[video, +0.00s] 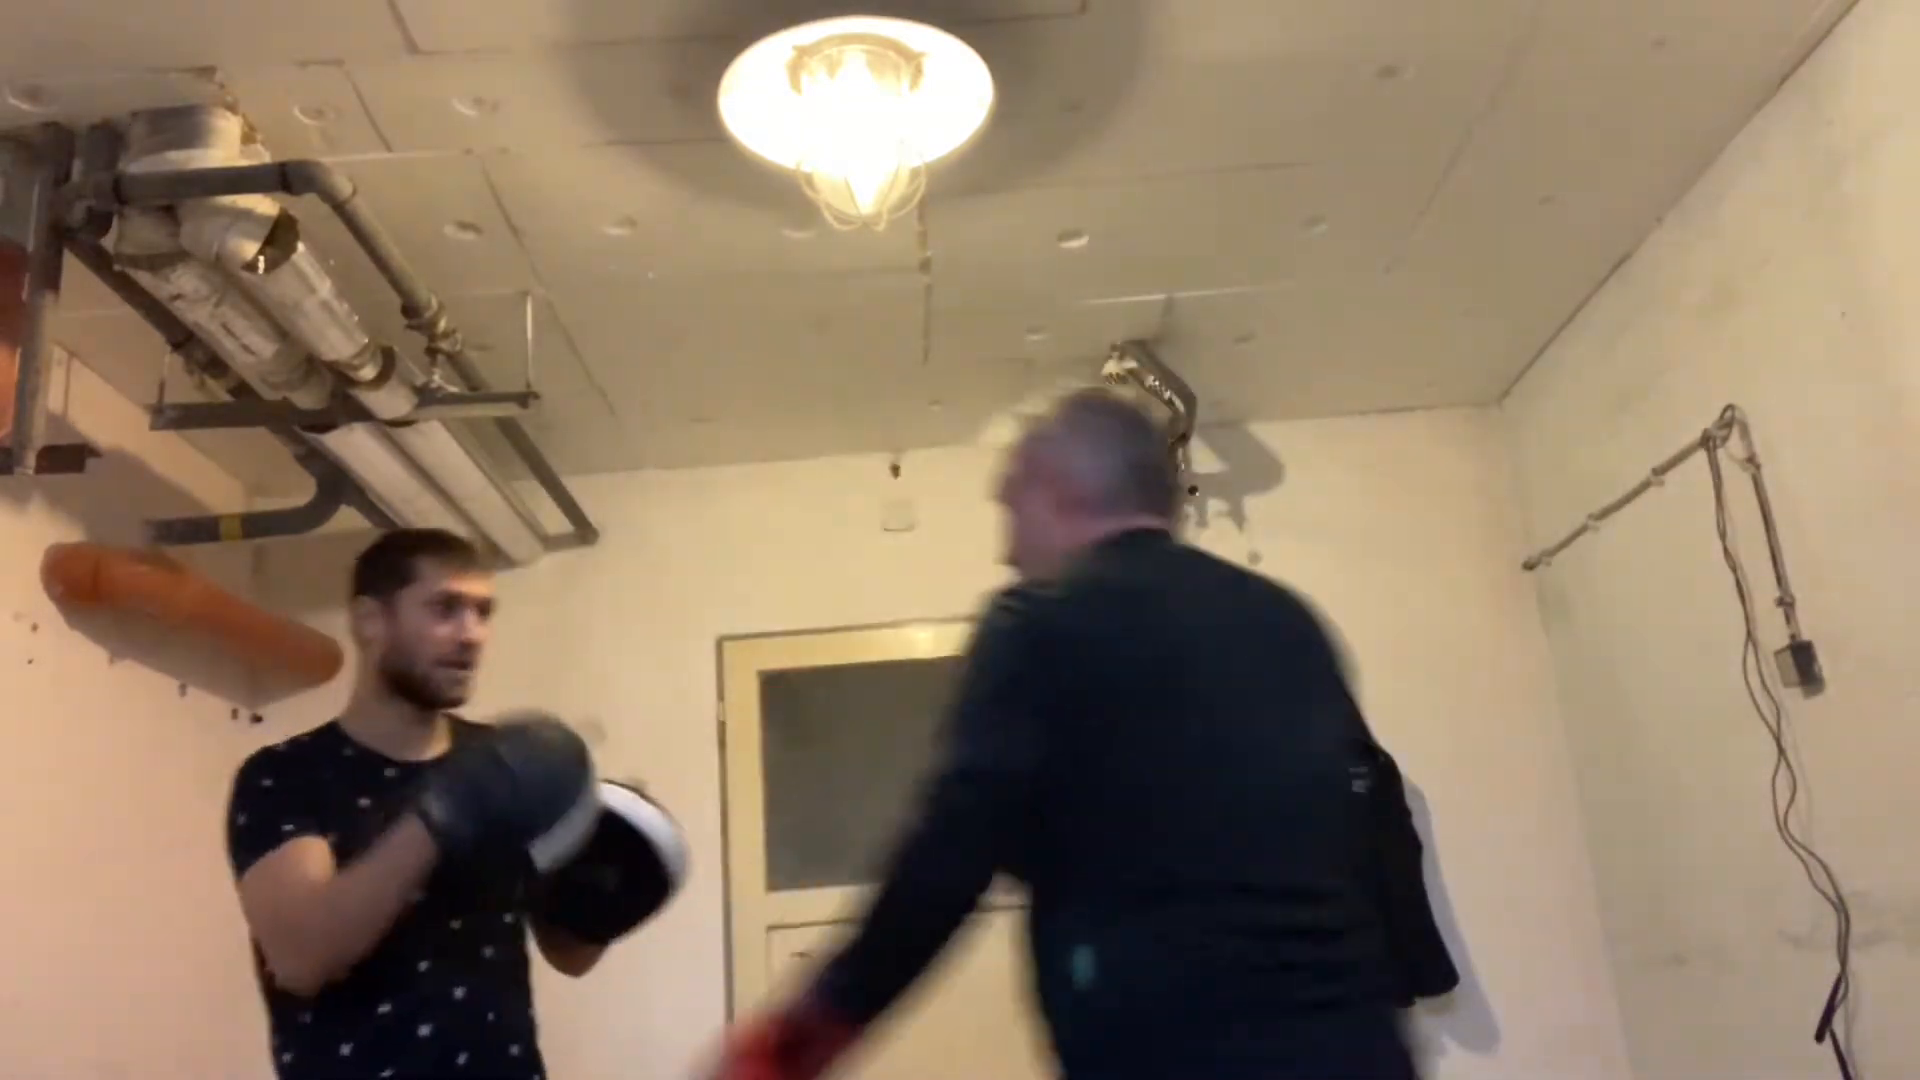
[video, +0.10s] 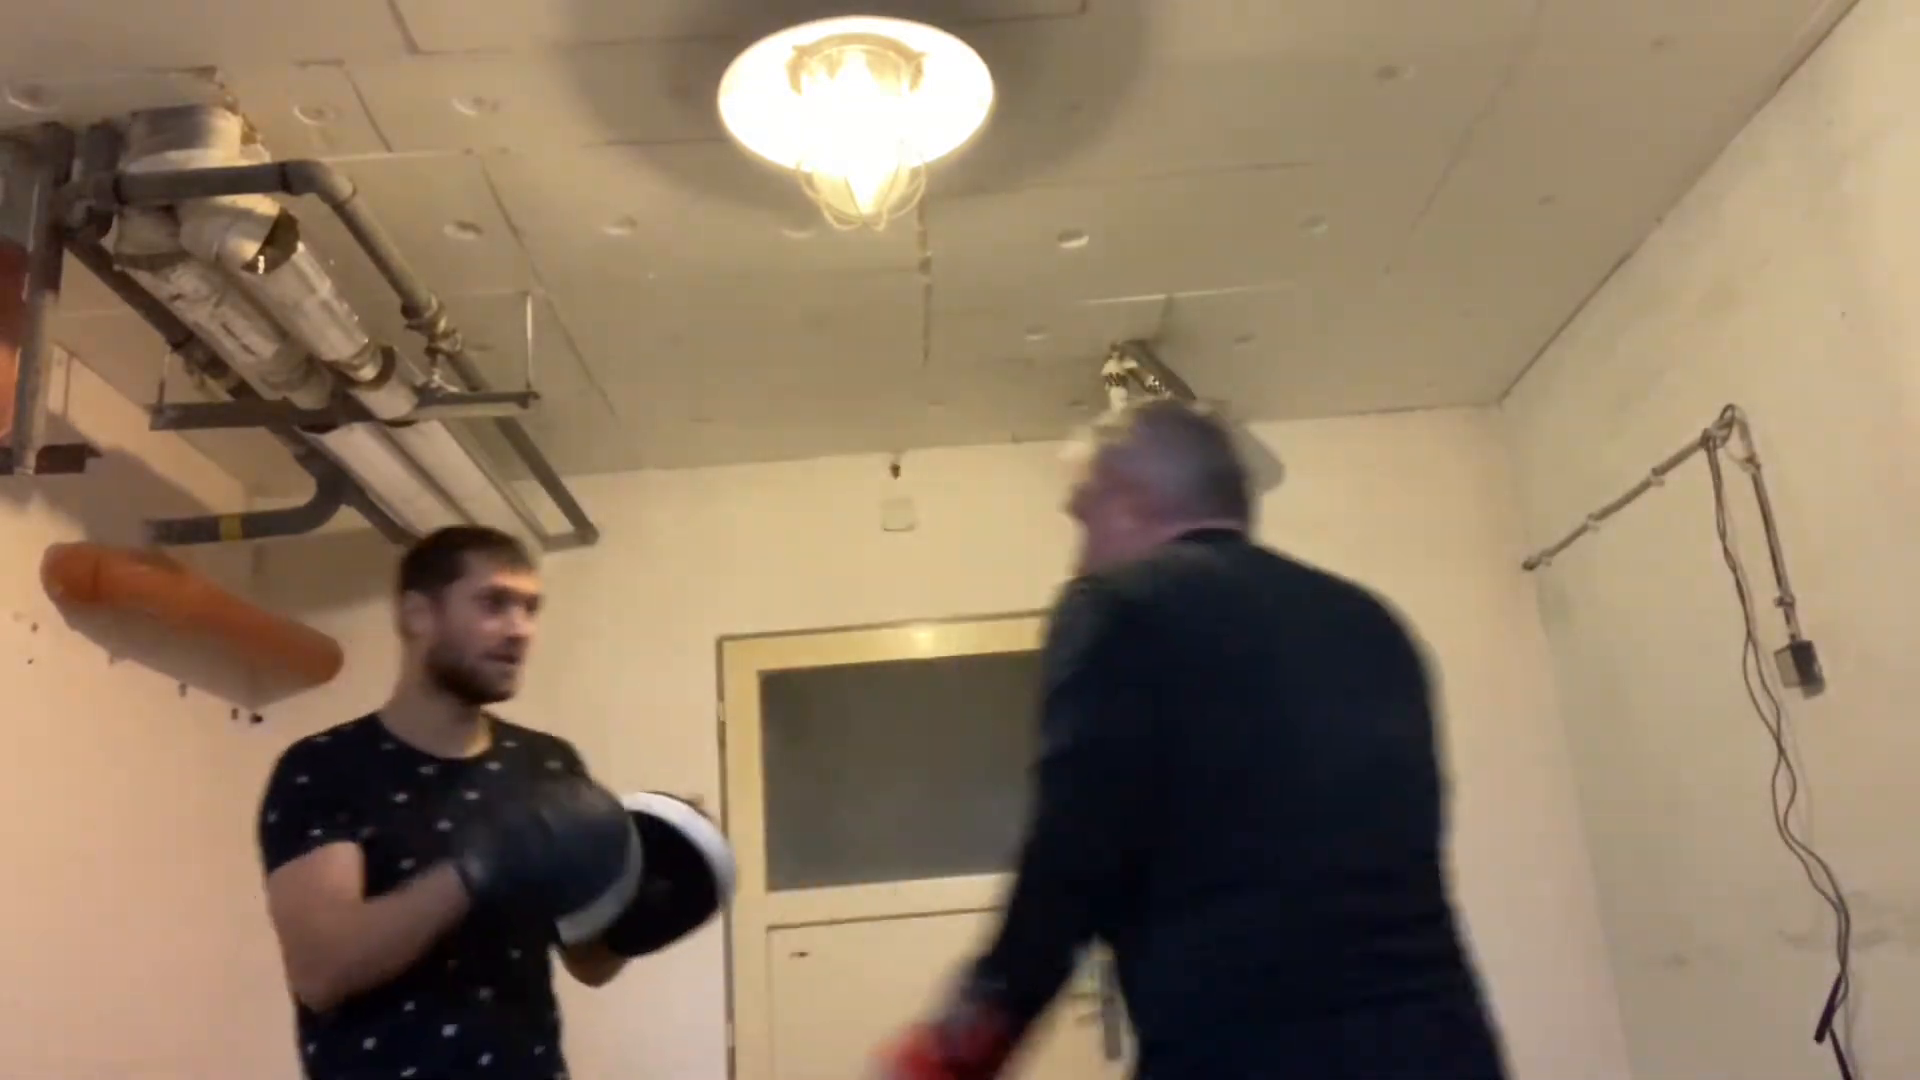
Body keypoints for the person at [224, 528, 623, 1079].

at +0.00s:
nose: (471, 634)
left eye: (482, 614)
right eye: (445, 610)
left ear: (491, 624)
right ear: (369, 622)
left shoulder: (503, 765)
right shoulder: (282, 779)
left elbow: (571, 954)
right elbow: (301, 953)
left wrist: (597, 881)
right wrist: (445, 812)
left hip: (501, 1066)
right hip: (354, 1069)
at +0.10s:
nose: (519, 630)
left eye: (529, 610)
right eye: (493, 605)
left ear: (538, 620)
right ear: (416, 616)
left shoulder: (546, 767)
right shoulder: (321, 773)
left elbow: (590, 960)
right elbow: (320, 967)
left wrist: (648, 898)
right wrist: (479, 865)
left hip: (525, 1066)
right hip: (379, 1069)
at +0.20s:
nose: (571, 625)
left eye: (579, 606)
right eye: (545, 600)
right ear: (468, 610)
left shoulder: (590, 772)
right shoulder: (360, 767)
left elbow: (613, 967)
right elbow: (339, 970)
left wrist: (661, 916)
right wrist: (501, 909)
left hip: (555, 1066)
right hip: (406, 1068)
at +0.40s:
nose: (644, 613)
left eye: (650, 595)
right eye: (619, 587)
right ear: (544, 593)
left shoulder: (655, 763)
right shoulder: (427, 746)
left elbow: (654, 957)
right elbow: (382, 951)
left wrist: (718, 923)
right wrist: (548, 913)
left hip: (603, 1065)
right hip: (452, 1067)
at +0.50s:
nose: (658, 606)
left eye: (665, 588)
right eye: (633, 580)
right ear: (557, 585)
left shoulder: (672, 757)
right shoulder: (442, 740)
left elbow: (707, 961)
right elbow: (394, 949)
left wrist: (757, 910)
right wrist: (564, 899)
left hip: (618, 1065)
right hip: (464, 1066)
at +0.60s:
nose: (653, 598)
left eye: (661, 579)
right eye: (626, 571)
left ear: (671, 589)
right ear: (551, 579)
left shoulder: (681, 751)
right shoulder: (443, 741)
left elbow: (732, 951)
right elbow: (397, 955)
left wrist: (793, 900)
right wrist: (566, 900)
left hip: (628, 1064)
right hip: (474, 1065)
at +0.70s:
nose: (621, 588)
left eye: (637, 568)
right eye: (592, 560)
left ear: (649, 584)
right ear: (527, 571)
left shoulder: (680, 746)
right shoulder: (430, 744)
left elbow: (741, 927)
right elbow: (389, 966)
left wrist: (816, 910)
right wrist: (554, 914)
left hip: (633, 1068)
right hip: (473, 1070)